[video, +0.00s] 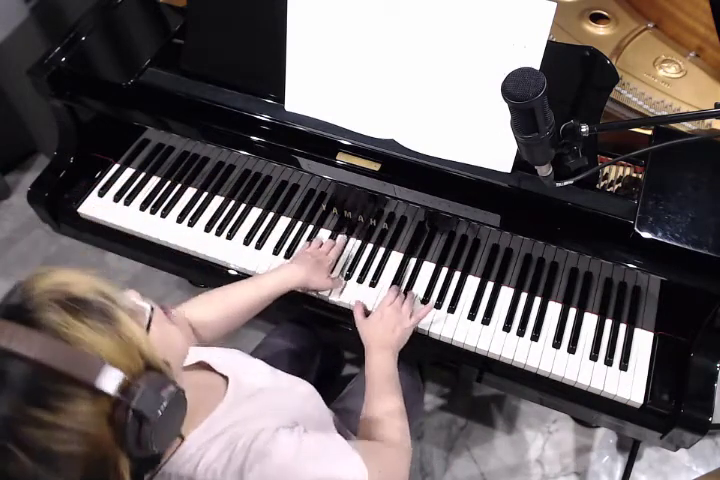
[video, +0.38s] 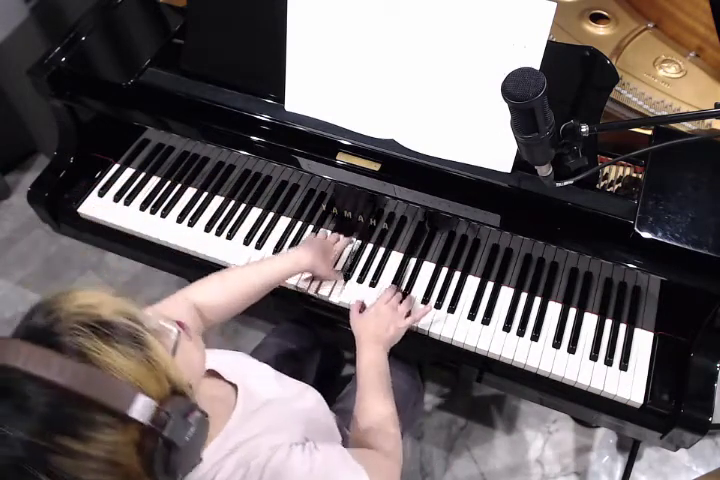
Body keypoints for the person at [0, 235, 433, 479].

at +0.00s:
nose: (151, 300)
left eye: (133, 300)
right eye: (141, 313)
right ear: (140, 378)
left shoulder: (141, 387)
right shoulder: (268, 460)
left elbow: (184, 325)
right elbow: (385, 468)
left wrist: (291, 274)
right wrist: (382, 354)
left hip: (261, 377)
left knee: (306, 310)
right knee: (397, 365)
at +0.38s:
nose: (170, 320)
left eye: (150, 321)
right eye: (159, 338)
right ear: (162, 406)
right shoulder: (265, 464)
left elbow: (189, 308)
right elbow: (381, 466)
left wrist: (300, 259)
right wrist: (372, 348)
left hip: (262, 373)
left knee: (304, 322)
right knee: (399, 368)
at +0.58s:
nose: (206, 340)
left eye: (189, 335)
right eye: (202, 353)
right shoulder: (288, 468)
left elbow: (214, 302)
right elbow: (379, 461)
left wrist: (312, 240)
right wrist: (364, 341)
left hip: (261, 368)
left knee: (298, 331)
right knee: (397, 368)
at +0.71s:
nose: (214, 334)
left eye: (202, 331)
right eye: (207, 341)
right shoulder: (290, 467)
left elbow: (212, 309)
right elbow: (383, 459)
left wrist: (310, 242)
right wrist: (365, 339)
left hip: (264, 368)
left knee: (300, 329)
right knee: (397, 368)